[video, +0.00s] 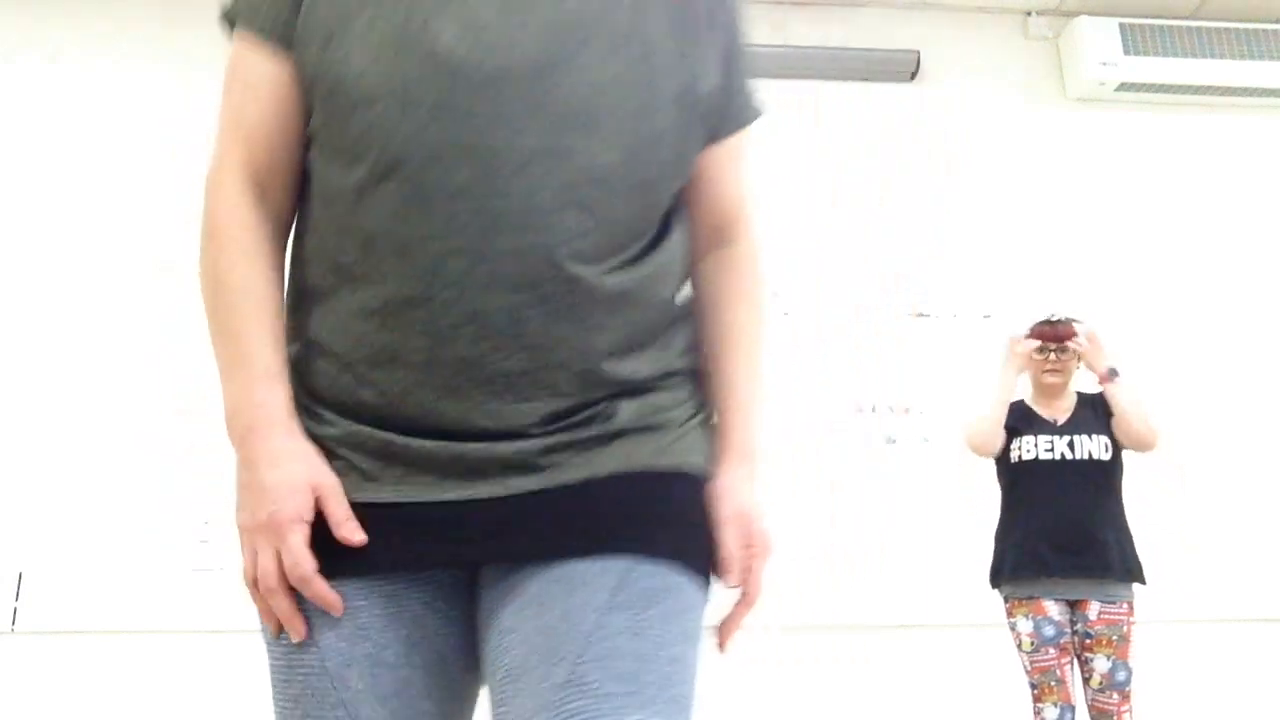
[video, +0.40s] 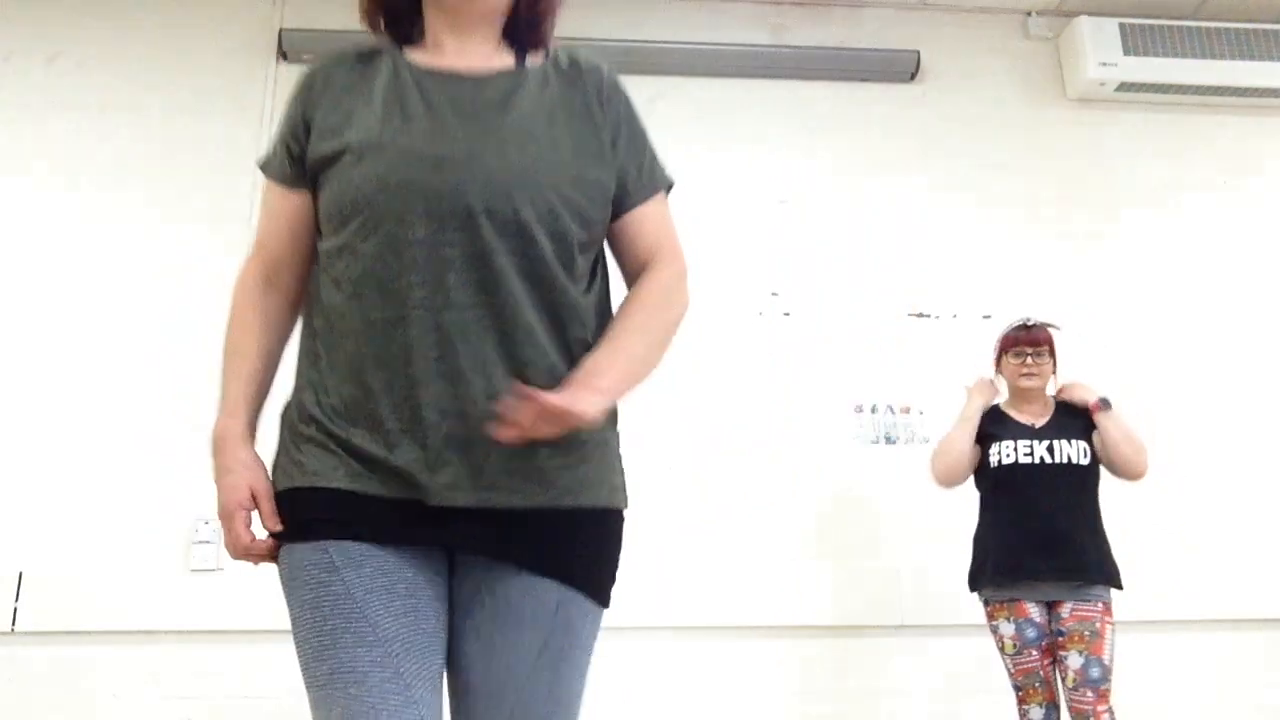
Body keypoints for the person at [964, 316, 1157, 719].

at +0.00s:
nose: (1053, 360)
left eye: (1063, 351)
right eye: (1043, 351)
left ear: (1078, 359)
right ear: (1028, 359)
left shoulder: (1103, 409)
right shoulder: (1010, 415)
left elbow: (1146, 439)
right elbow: (982, 443)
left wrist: (1104, 370)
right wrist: (1010, 369)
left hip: (1105, 578)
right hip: (1031, 580)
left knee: (1112, 705)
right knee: (1054, 706)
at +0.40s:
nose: (1029, 363)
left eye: (1039, 355)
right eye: (1018, 355)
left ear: (1053, 364)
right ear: (1000, 366)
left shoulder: (1080, 416)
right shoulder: (986, 421)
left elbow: (1134, 467)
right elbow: (946, 473)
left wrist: (1097, 403)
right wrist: (975, 404)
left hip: (1083, 581)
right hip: (1009, 585)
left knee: (1090, 705)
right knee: (1037, 707)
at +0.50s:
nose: (1024, 361)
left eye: (1034, 354)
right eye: (1014, 354)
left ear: (1049, 365)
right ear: (997, 365)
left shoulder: (1079, 416)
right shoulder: (977, 423)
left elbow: (1130, 487)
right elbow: (933, 492)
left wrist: (1101, 428)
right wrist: (972, 430)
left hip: (1079, 580)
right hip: (1006, 584)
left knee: (1085, 705)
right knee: (1034, 708)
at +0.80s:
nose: (1019, 363)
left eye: (1029, 357)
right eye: (1008, 357)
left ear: (1045, 370)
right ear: (992, 371)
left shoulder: (1076, 418)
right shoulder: (971, 428)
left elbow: (1123, 495)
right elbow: (906, 480)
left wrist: (1097, 445)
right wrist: (943, 512)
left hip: (1077, 585)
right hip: (1003, 588)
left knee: (1084, 707)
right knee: (1031, 708)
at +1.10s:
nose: (1022, 375)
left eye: (1032, 368)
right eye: (1012, 368)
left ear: (1048, 380)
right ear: (997, 381)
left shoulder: (1080, 428)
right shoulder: (978, 437)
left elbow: (1120, 497)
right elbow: (934, 484)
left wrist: (1101, 509)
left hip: (1077, 592)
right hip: (1009, 593)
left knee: (1079, 708)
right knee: (1035, 707)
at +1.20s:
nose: (1024, 375)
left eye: (1031, 367)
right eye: (1012, 368)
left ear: (1046, 384)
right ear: (997, 387)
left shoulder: (1078, 432)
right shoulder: (985, 443)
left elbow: (1117, 499)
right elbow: (948, 446)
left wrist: (1115, 552)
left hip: (1079, 594)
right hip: (1011, 597)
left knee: (1078, 709)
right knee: (1037, 708)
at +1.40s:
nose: (1027, 382)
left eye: (1037, 376)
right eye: (1017, 376)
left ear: (1052, 385)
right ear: (1004, 388)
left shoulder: (1085, 438)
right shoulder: (989, 441)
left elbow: (1115, 509)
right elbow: (929, 429)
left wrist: (1135, 578)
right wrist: (930, 362)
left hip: (1085, 592)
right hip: (1019, 594)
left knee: (1079, 708)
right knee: (1046, 707)